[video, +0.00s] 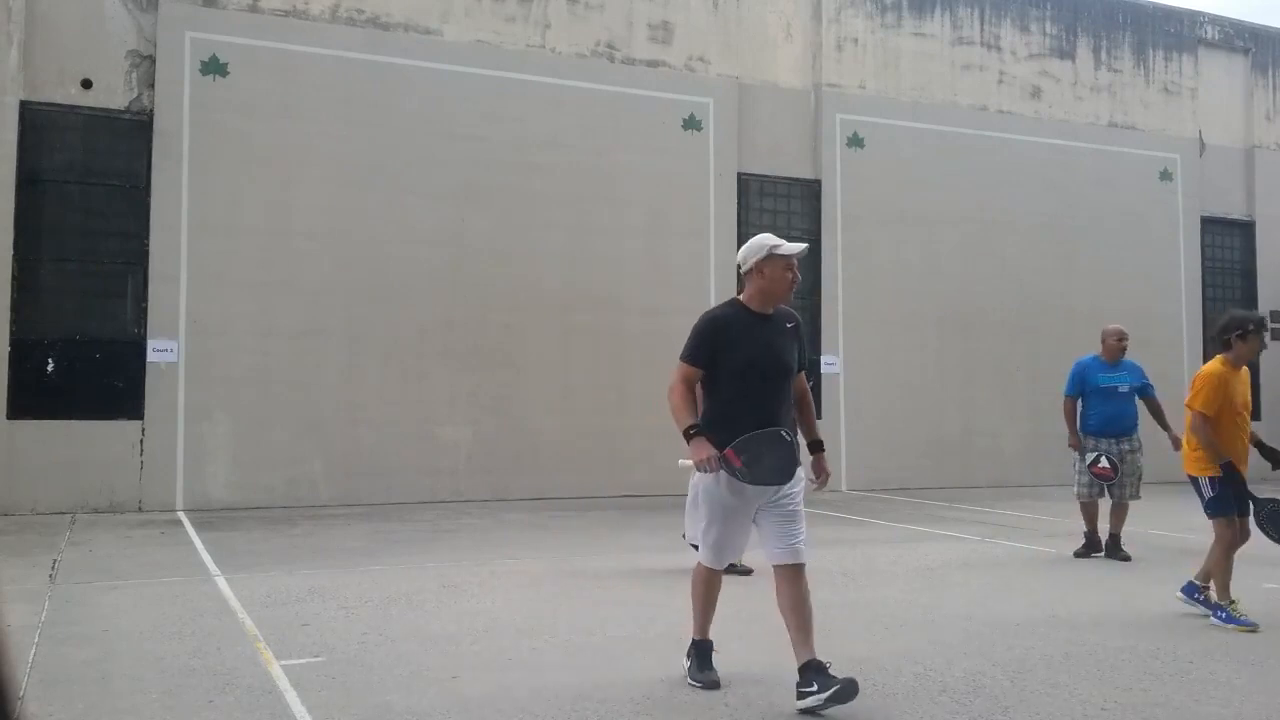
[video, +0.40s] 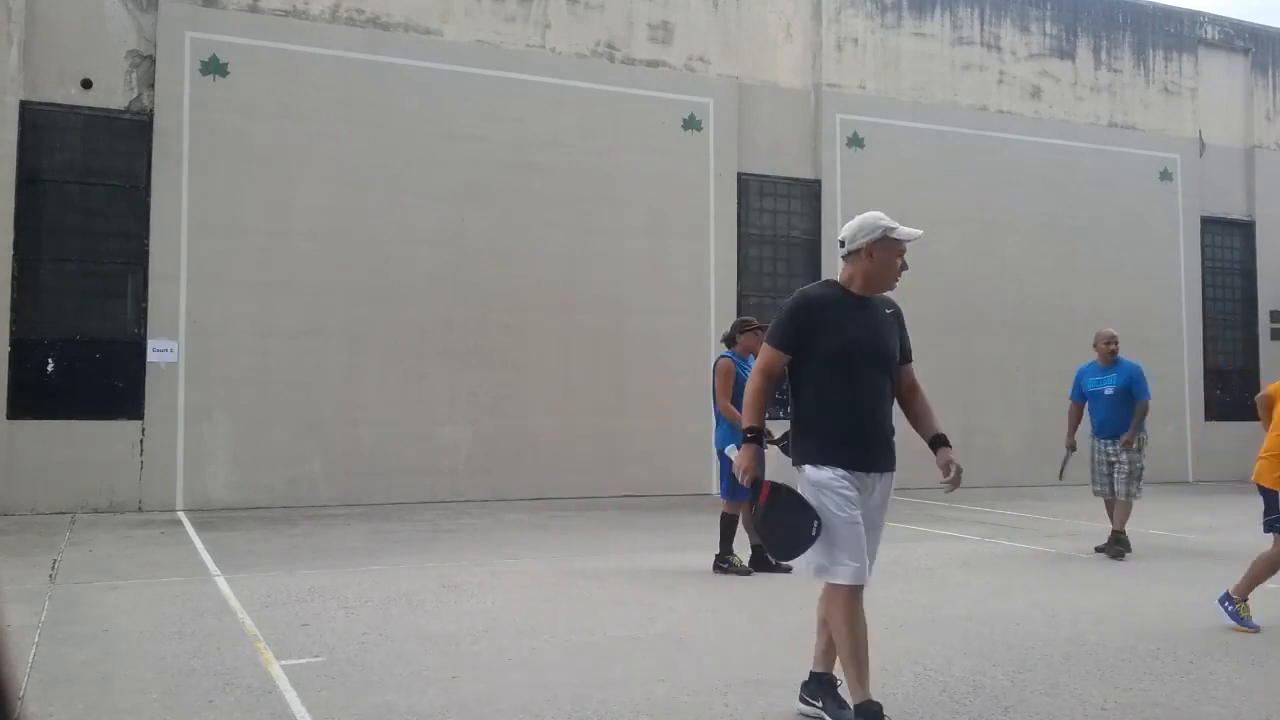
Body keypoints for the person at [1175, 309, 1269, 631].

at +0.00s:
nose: (1263, 345)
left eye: (1262, 338)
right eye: (1258, 338)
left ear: (1241, 340)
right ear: (1238, 339)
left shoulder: (1242, 372)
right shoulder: (1212, 374)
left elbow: (1237, 420)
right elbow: (1197, 424)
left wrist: (1263, 447)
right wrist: (1227, 466)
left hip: (1230, 466)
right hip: (1208, 468)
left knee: (1240, 532)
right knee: (1226, 533)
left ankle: (1197, 583)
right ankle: (1222, 605)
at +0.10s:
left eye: (1279, 346)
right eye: (1279, 346)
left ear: (1263, 346)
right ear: (1265, 346)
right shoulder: (1250, 380)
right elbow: (1248, 440)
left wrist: (1271, 465)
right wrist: (1274, 468)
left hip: (1243, 465)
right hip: (1221, 465)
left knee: (1269, 528)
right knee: (1237, 534)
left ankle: (1239, 593)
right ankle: (1222, 605)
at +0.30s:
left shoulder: (1274, 370)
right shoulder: (1273, 373)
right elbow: (1241, 395)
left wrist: (1255, 430)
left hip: (1262, 466)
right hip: (1256, 466)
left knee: (1260, 542)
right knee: (1259, 542)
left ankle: (1226, 604)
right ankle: (1225, 605)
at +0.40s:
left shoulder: (1277, 385)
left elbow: (1262, 399)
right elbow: (1263, 399)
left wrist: (1272, 436)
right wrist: (1273, 436)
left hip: (1271, 470)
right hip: (1273, 471)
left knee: (1277, 548)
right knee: (1278, 549)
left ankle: (1237, 596)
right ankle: (1235, 596)